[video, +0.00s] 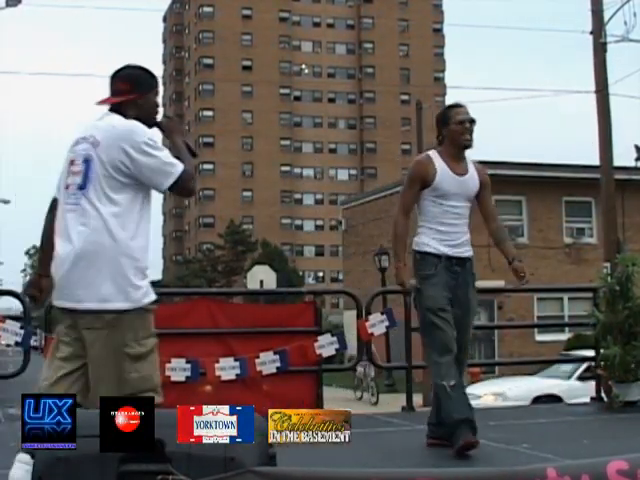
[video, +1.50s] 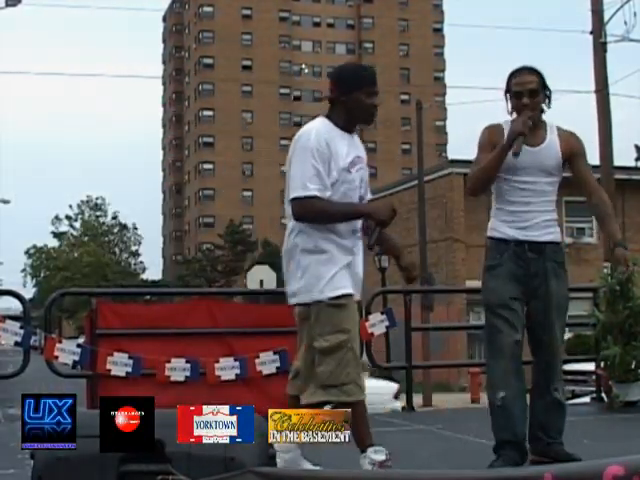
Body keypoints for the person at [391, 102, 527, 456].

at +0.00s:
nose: (467, 128)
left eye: (470, 123)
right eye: (460, 124)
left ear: (473, 129)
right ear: (442, 130)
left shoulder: (477, 173)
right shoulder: (424, 165)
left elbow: (493, 221)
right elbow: (402, 214)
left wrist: (513, 259)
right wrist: (399, 265)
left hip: (463, 264)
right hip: (430, 262)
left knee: (459, 346)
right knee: (444, 344)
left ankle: (440, 426)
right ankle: (462, 427)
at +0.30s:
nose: (473, 118)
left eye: (475, 112)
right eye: (464, 114)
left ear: (480, 118)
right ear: (447, 123)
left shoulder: (489, 164)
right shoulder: (433, 162)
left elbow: (499, 216)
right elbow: (412, 217)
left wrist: (514, 259)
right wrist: (405, 268)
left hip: (481, 261)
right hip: (446, 259)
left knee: (491, 343)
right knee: (458, 343)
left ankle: (453, 411)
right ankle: (469, 434)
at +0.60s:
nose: (489, 112)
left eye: (492, 106)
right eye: (481, 106)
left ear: (494, 113)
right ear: (461, 114)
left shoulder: (499, 158)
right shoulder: (445, 157)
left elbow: (499, 211)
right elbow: (428, 211)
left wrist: (503, 253)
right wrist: (430, 268)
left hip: (498, 259)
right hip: (460, 259)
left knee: (518, 345)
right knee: (464, 352)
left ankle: (520, 434)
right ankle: (469, 438)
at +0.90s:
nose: (520, 107)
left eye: (522, 102)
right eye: (512, 103)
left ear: (523, 111)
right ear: (491, 111)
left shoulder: (523, 159)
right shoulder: (473, 151)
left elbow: (520, 213)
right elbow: (455, 207)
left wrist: (530, 256)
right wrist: (459, 263)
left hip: (522, 259)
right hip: (482, 259)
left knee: (533, 352)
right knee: (480, 355)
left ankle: (545, 443)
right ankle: (470, 441)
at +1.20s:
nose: (535, 101)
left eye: (541, 95)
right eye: (527, 95)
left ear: (550, 102)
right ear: (513, 102)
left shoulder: (559, 151)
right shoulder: (493, 141)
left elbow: (573, 208)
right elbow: (467, 192)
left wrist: (582, 265)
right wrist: (482, 218)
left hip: (547, 257)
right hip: (504, 254)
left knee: (548, 349)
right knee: (502, 338)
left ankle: (545, 442)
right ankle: (486, 421)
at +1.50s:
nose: (526, 101)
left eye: (533, 94)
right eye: (518, 95)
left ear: (545, 97)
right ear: (507, 100)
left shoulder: (566, 142)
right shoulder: (493, 136)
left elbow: (595, 194)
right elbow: (473, 187)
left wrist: (615, 242)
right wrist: (508, 144)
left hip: (549, 254)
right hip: (503, 252)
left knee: (549, 350)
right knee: (504, 348)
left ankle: (547, 443)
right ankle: (509, 448)